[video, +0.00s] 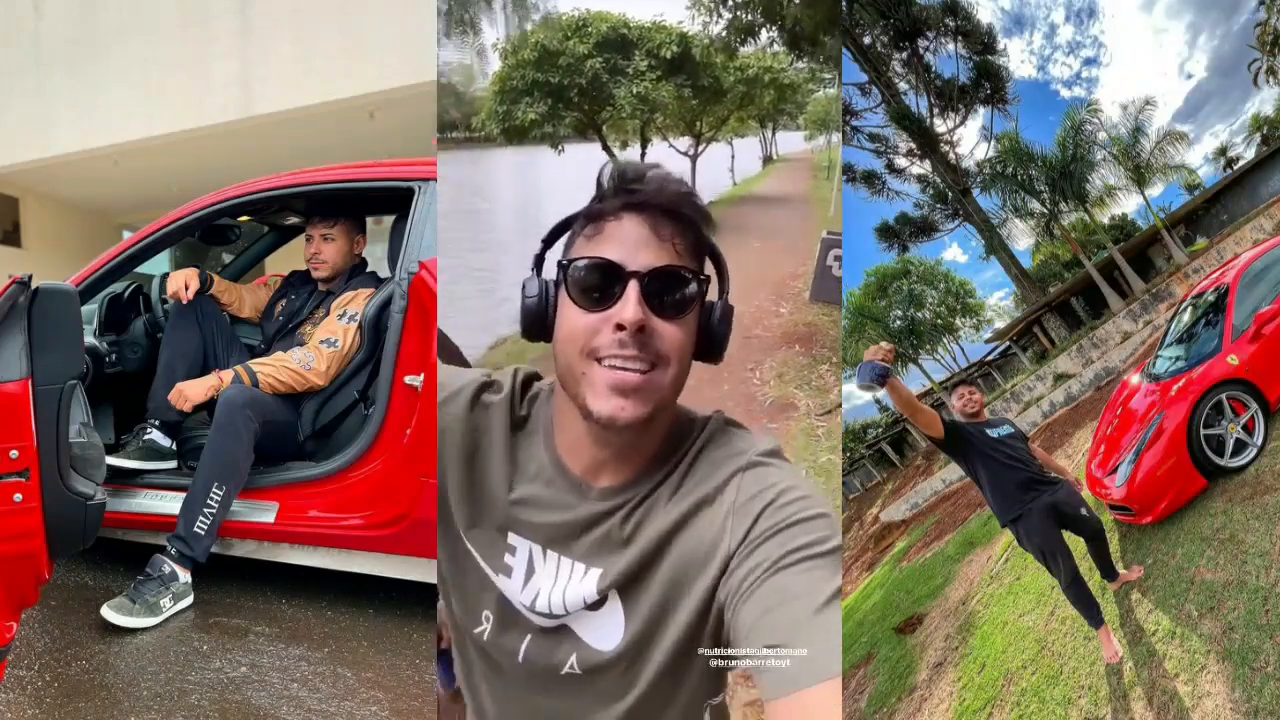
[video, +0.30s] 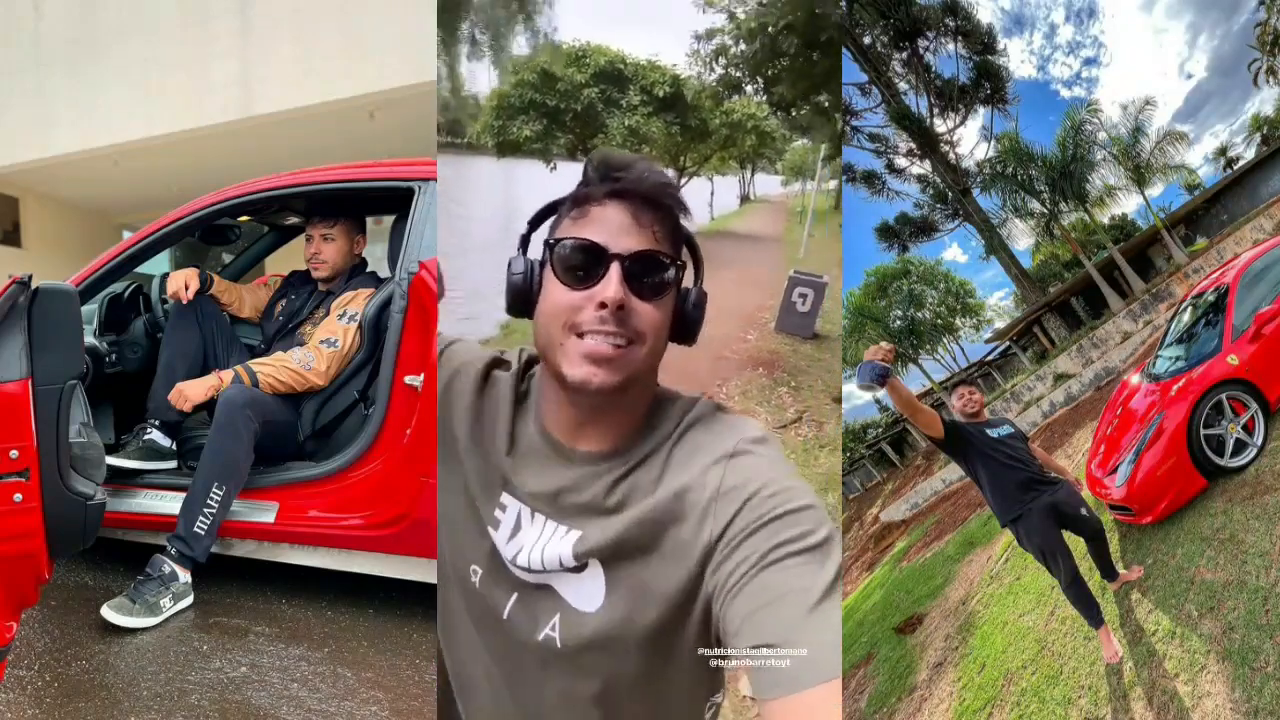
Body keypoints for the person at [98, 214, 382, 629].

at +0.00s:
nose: (314, 249)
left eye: (328, 239)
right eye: (310, 239)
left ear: (358, 245)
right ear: (305, 244)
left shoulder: (362, 297)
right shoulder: (291, 286)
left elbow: (315, 367)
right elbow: (242, 299)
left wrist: (220, 380)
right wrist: (201, 279)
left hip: (314, 412)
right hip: (260, 386)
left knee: (238, 402)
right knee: (195, 302)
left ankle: (176, 567)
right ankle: (160, 433)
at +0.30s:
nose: (314, 249)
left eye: (328, 239)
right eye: (310, 239)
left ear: (359, 245)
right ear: (305, 244)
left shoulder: (362, 297)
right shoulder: (291, 286)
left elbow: (315, 367)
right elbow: (243, 299)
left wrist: (220, 380)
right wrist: (201, 278)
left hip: (314, 412)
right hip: (261, 386)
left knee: (239, 402)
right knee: (195, 302)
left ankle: (177, 567)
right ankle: (160, 433)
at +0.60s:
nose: (314, 249)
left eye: (328, 239)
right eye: (310, 239)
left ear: (359, 245)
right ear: (305, 244)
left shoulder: (362, 297)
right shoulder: (291, 286)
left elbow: (315, 367)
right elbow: (243, 299)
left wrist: (220, 380)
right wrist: (201, 278)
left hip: (314, 411)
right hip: (261, 386)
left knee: (239, 402)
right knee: (195, 302)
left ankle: (177, 567)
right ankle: (160, 433)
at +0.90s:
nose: (314, 249)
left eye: (328, 239)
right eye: (310, 239)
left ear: (359, 245)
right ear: (304, 243)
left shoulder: (361, 297)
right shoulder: (291, 286)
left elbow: (315, 366)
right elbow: (242, 299)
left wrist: (219, 380)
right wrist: (201, 278)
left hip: (315, 410)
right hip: (265, 388)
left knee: (239, 402)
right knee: (196, 302)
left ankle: (177, 567)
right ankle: (161, 433)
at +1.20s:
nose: (314, 249)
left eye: (328, 239)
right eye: (310, 239)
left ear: (359, 245)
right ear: (304, 243)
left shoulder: (361, 297)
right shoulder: (291, 286)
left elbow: (315, 366)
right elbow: (242, 299)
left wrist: (219, 380)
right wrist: (201, 278)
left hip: (315, 410)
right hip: (265, 388)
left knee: (239, 402)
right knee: (196, 302)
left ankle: (177, 567)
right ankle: (161, 433)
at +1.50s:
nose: (314, 249)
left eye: (328, 239)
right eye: (310, 239)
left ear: (359, 245)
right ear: (304, 243)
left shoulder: (361, 297)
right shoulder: (291, 286)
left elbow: (315, 366)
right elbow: (242, 299)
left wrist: (219, 380)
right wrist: (201, 278)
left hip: (315, 410)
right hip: (264, 388)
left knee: (239, 402)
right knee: (196, 302)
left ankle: (177, 567)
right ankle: (161, 433)